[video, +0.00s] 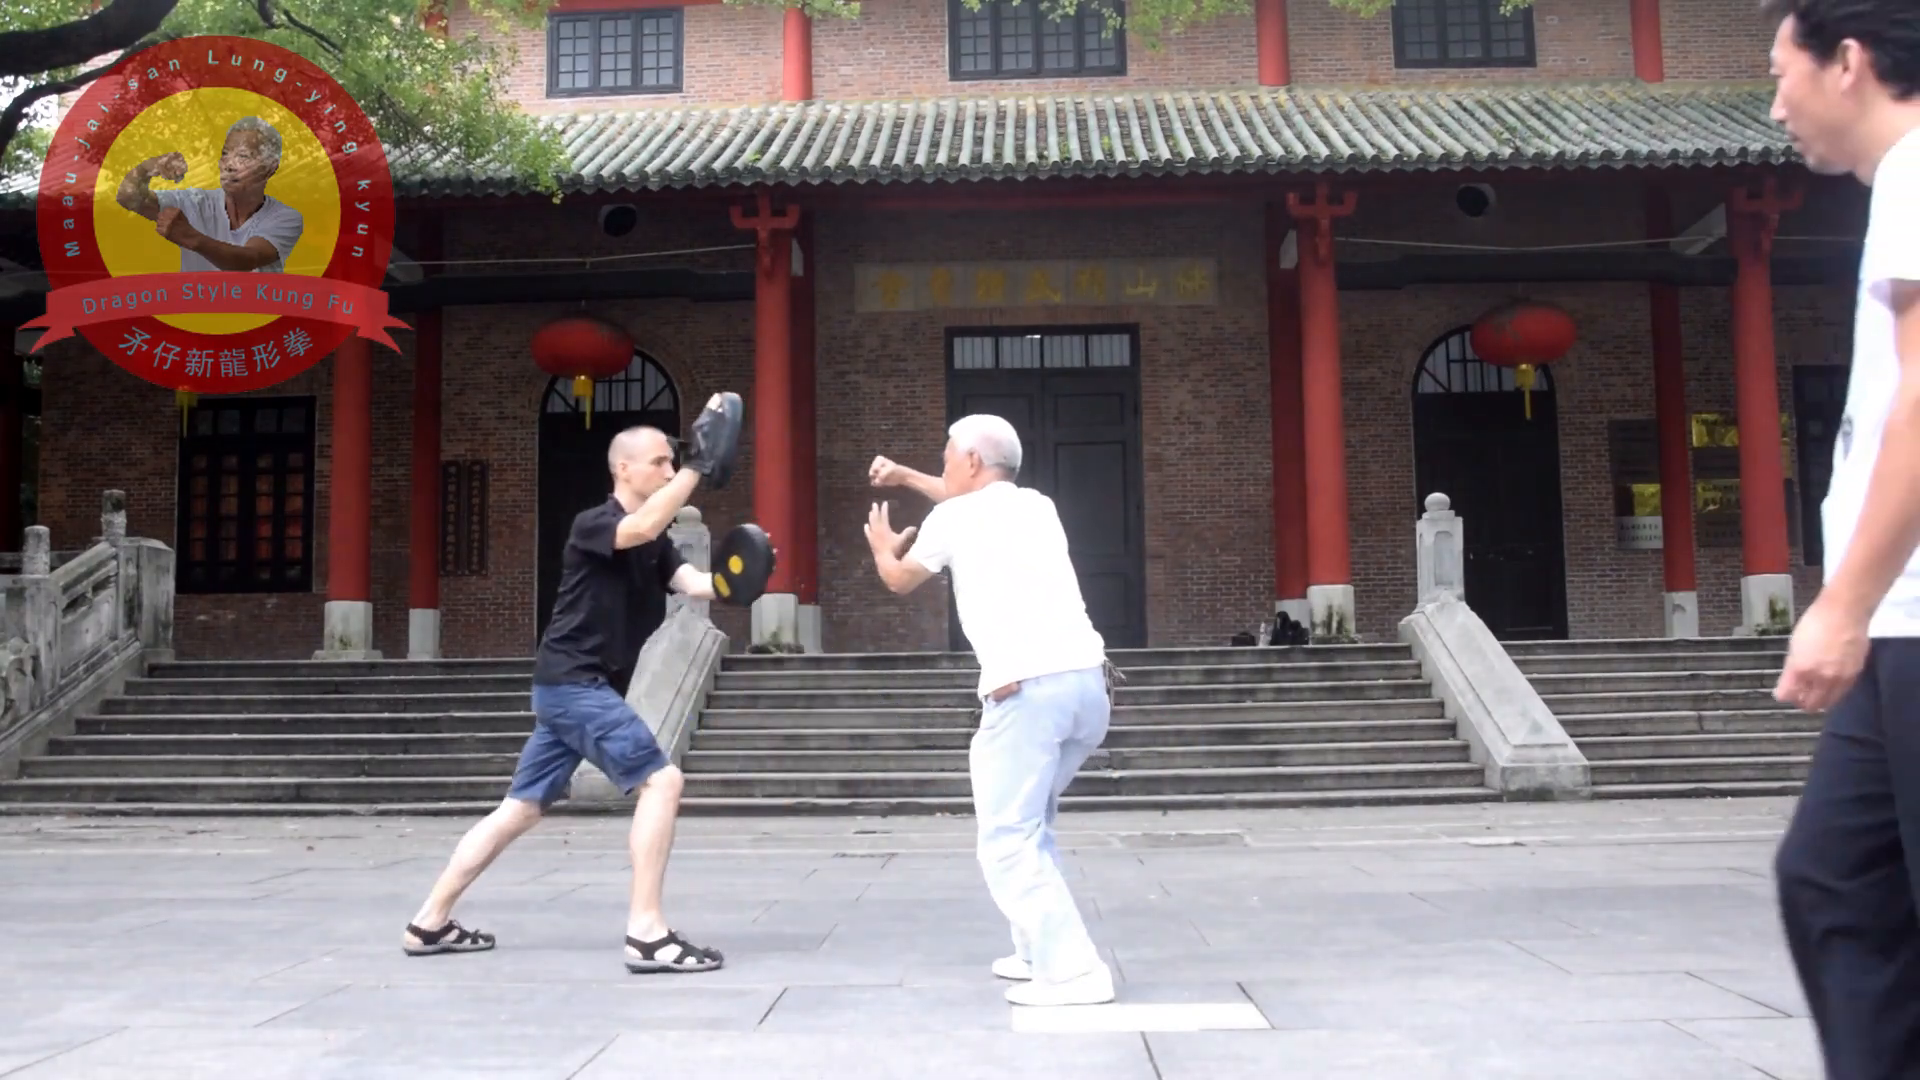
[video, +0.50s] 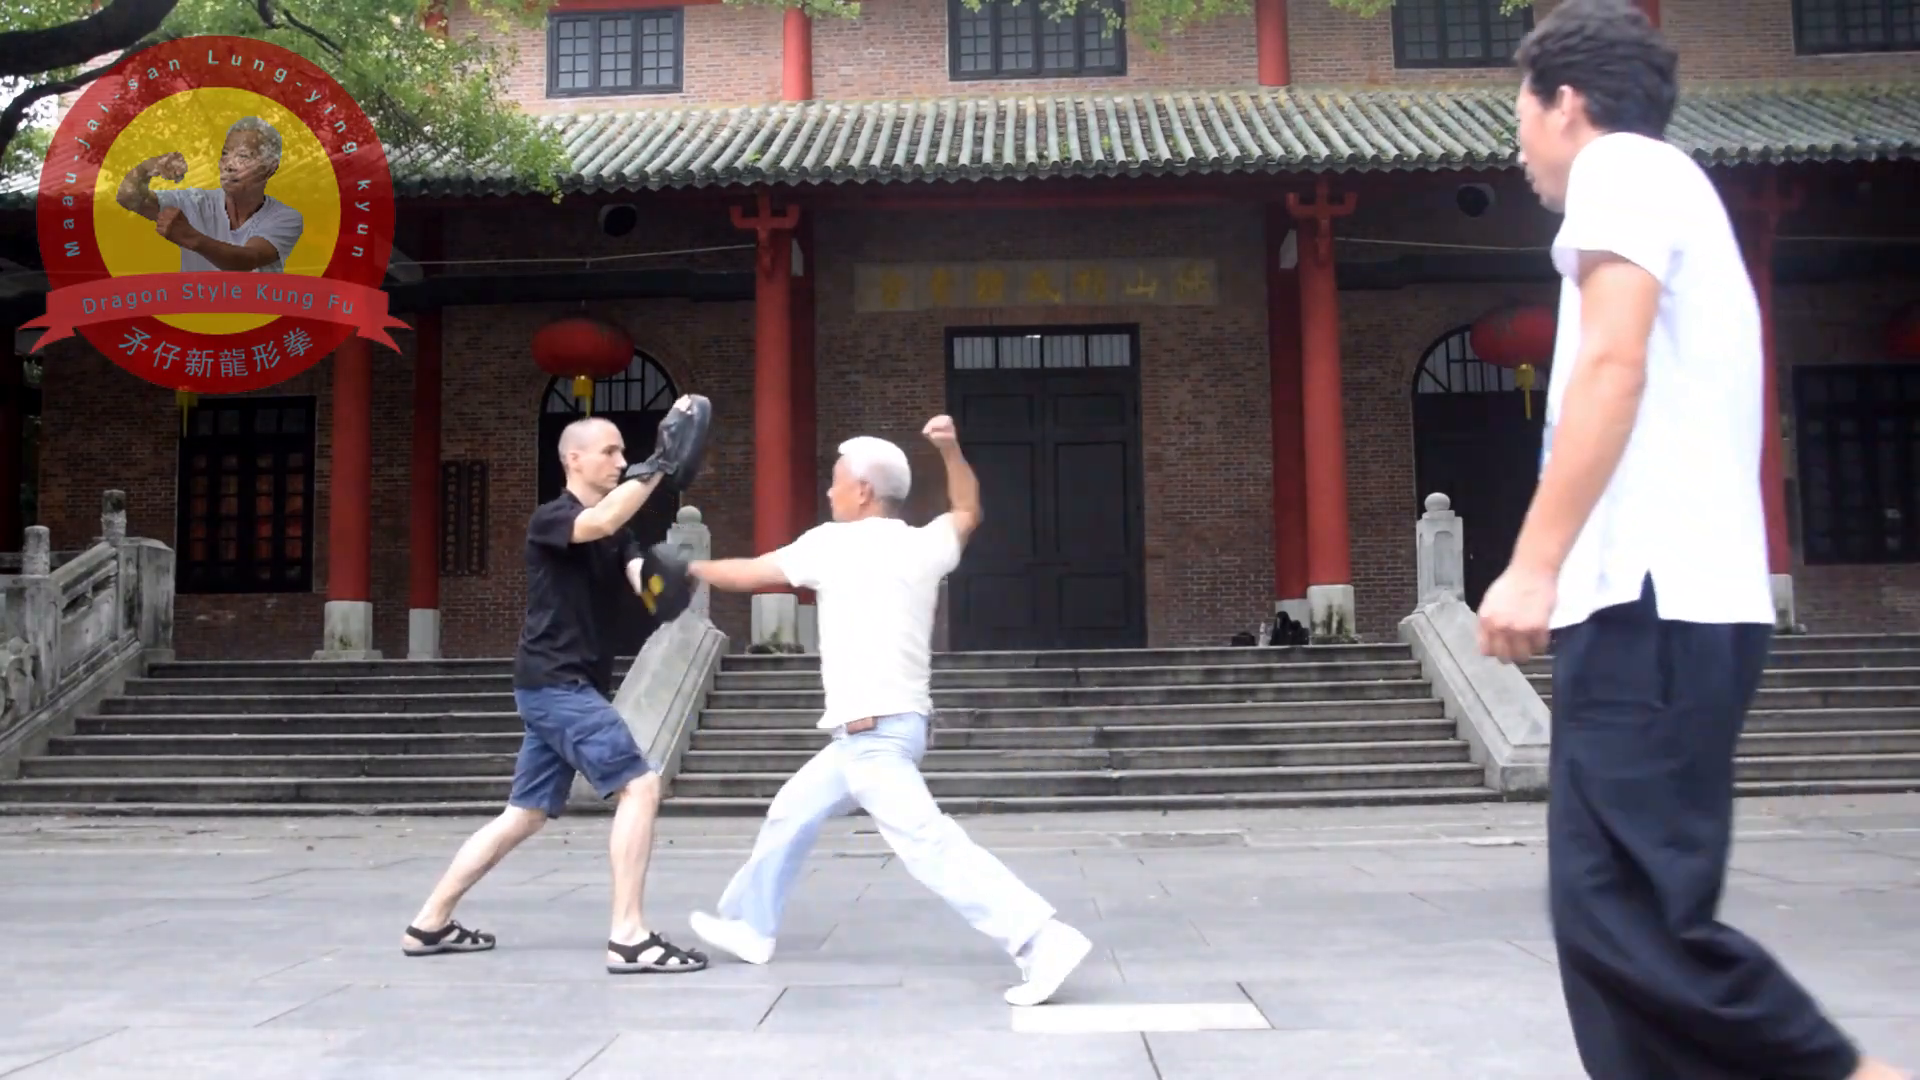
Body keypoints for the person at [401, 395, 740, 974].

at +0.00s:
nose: (672, 472)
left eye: (673, 463)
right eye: (661, 462)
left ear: (663, 473)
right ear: (624, 469)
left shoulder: (655, 540)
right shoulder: (592, 522)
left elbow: (696, 586)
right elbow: (640, 529)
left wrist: (736, 574)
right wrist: (697, 469)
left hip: (584, 686)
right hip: (569, 683)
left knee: (519, 811)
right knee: (663, 782)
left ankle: (429, 921)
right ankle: (646, 931)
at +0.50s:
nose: (623, 463)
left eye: (623, 453)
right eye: (610, 452)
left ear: (613, 460)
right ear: (573, 460)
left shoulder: (613, 521)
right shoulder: (551, 517)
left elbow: (637, 571)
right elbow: (603, 523)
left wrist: (653, 585)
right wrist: (658, 468)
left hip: (569, 683)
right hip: (552, 682)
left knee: (525, 814)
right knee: (641, 785)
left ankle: (430, 922)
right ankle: (629, 935)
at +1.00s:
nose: (600, 458)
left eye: (601, 450)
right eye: (587, 447)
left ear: (597, 460)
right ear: (551, 456)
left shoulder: (591, 525)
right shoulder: (530, 508)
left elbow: (621, 582)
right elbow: (579, 507)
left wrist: (654, 609)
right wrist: (628, 450)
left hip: (557, 682)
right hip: (539, 680)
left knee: (520, 810)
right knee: (628, 784)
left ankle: (428, 923)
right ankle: (628, 935)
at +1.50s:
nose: (585, 478)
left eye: (587, 469)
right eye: (576, 467)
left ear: (568, 476)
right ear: (539, 471)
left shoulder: (563, 535)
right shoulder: (519, 524)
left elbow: (575, 623)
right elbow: (535, 560)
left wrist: (620, 651)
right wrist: (595, 514)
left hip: (546, 693)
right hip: (532, 693)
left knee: (574, 825)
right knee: (626, 788)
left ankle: (466, 895)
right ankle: (630, 934)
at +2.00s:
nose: (481, 474)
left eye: (483, 465)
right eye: (471, 464)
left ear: (457, 471)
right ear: (437, 467)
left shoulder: (460, 530)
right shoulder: (405, 525)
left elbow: (533, 551)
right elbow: (459, 587)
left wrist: (591, 513)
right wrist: (541, 604)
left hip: (434, 698)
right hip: (374, 698)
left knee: (475, 788)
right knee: (332, 813)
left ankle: (445, 917)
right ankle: (241, 901)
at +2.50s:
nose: (417, 478)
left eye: (418, 469)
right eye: (406, 468)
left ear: (410, 477)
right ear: (370, 473)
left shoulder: (404, 538)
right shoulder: (347, 535)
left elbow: (474, 560)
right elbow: (407, 596)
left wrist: (523, 515)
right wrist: (485, 612)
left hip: (390, 701)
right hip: (327, 703)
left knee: (441, 788)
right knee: (289, 824)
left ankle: (453, 915)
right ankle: (224, 920)